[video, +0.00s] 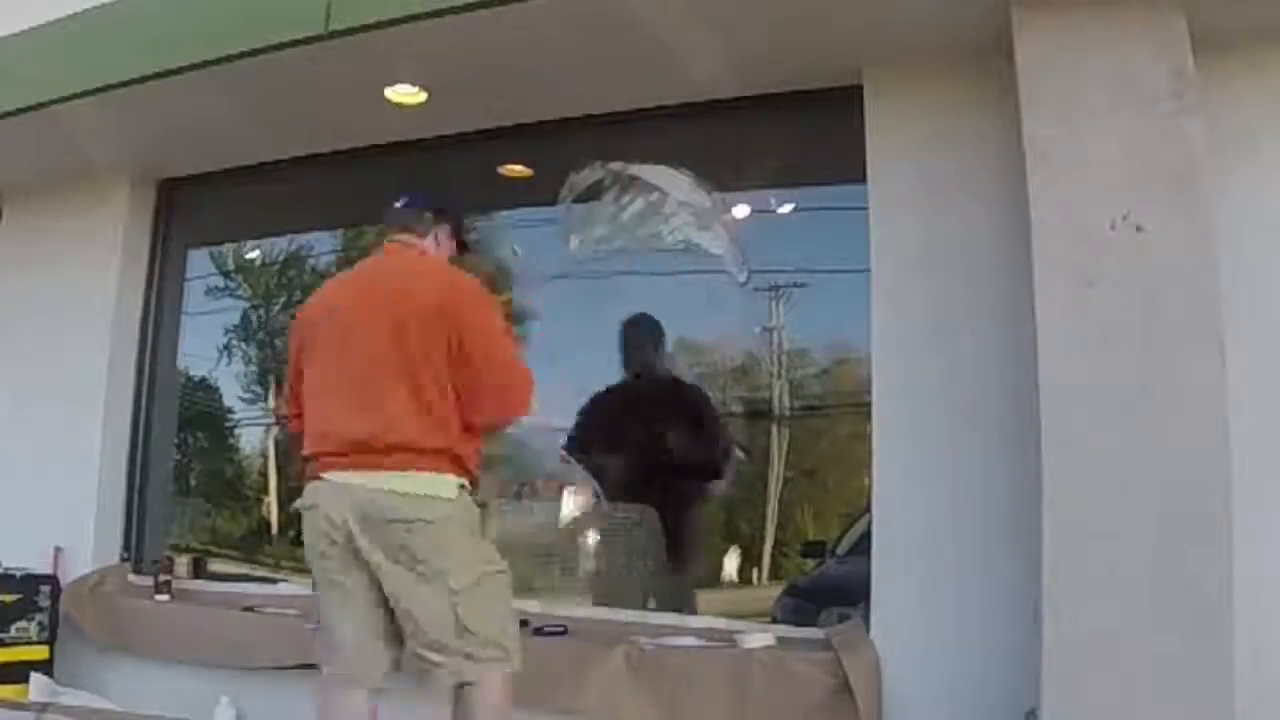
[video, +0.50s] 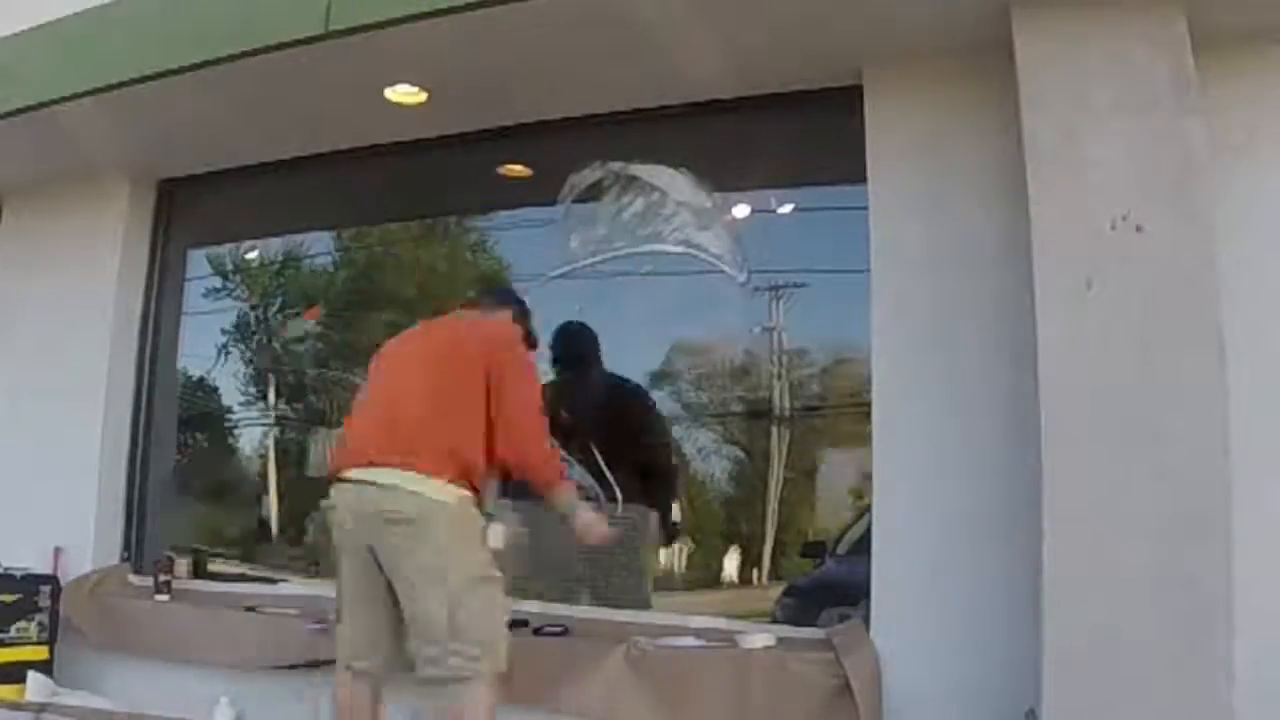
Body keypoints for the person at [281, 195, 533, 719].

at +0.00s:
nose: (455, 258)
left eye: (455, 250)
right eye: (455, 248)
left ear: (386, 236)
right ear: (440, 239)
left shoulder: (322, 300)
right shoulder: (456, 291)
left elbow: (294, 411)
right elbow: (504, 400)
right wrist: (441, 405)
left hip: (329, 503)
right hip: (426, 505)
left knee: (346, 673)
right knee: (486, 661)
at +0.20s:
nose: (470, 280)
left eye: (470, 272)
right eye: (471, 271)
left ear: (414, 264)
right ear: (458, 267)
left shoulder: (354, 323)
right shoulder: (481, 318)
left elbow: (327, 429)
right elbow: (559, 376)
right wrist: (548, 331)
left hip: (355, 501)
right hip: (439, 506)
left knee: (356, 652)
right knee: (460, 663)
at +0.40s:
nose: (515, 255)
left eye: (512, 242)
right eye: (511, 242)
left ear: (456, 248)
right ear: (493, 243)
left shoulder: (402, 321)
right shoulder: (523, 314)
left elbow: (376, 420)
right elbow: (585, 363)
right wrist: (537, 304)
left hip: (419, 501)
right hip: (500, 503)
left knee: (427, 647)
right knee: (519, 648)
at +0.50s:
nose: (521, 349)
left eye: (524, 343)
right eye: (524, 340)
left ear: (472, 310)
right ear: (513, 320)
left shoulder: (406, 339)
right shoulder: (504, 338)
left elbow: (367, 422)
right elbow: (523, 444)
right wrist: (576, 509)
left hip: (351, 498)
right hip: (428, 505)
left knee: (359, 665)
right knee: (467, 666)